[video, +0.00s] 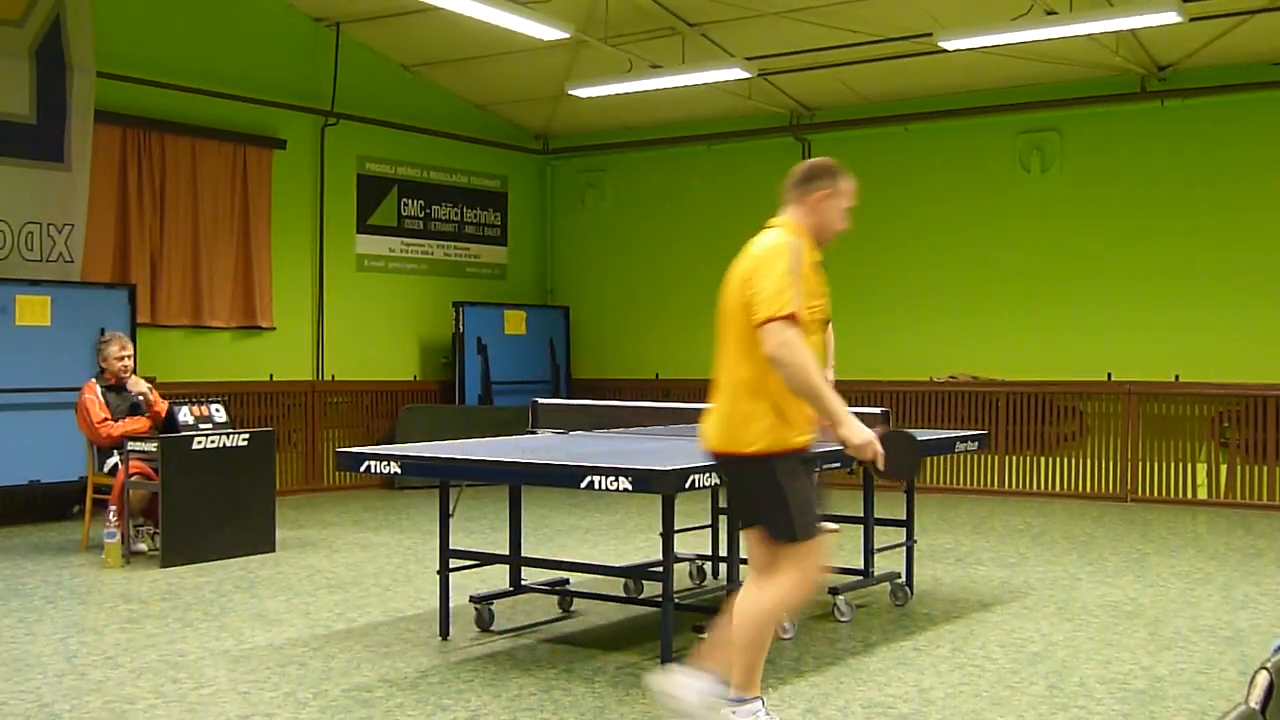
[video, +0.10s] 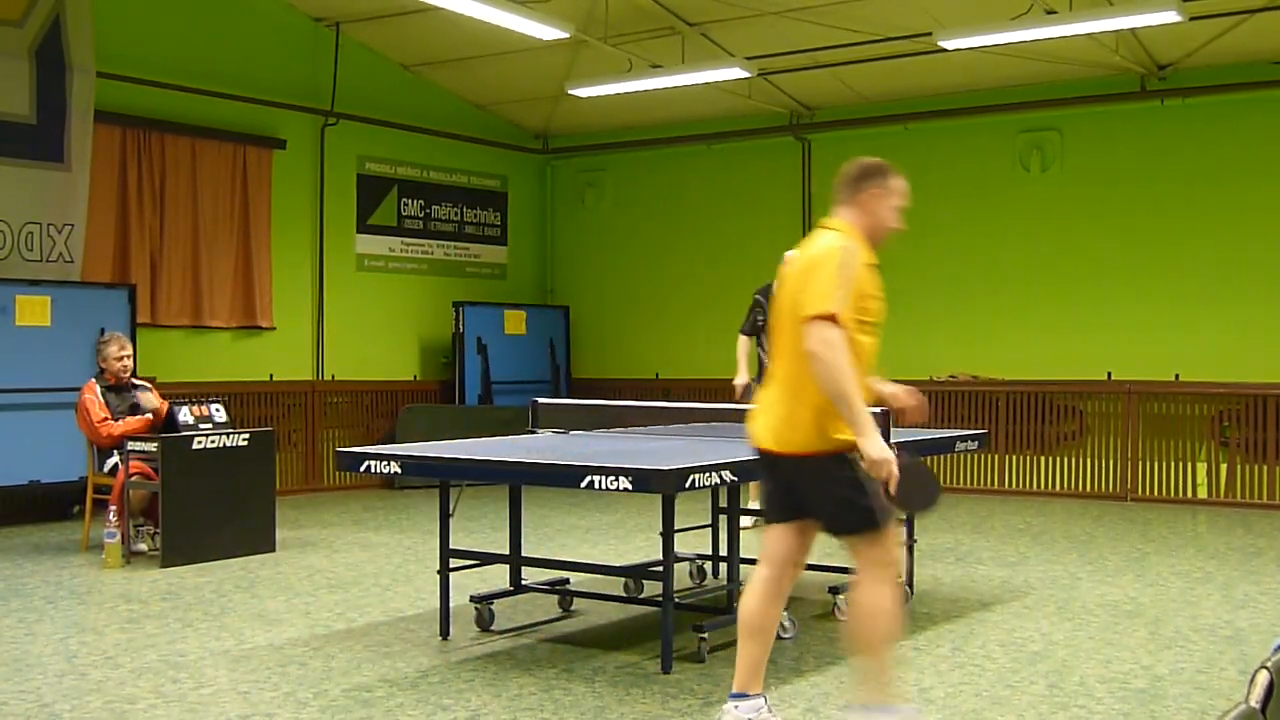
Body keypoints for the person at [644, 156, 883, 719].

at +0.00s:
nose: (847, 222)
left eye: (849, 210)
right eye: (844, 208)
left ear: (811, 198)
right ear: (815, 198)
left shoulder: (784, 250)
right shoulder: (780, 249)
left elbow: (784, 345)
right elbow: (780, 342)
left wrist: (825, 417)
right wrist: (844, 419)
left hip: (755, 436)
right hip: (762, 437)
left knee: (768, 569)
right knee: (809, 563)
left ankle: (743, 700)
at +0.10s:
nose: (900, 220)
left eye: (902, 208)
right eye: (895, 206)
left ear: (855, 200)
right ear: (865, 199)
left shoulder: (816, 250)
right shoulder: (839, 249)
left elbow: (815, 351)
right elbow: (821, 340)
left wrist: (884, 391)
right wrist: (867, 433)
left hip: (784, 436)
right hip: (819, 440)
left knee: (776, 566)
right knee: (880, 562)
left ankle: (744, 699)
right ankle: (875, 702)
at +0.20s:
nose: (942, 230)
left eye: (944, 218)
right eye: (938, 216)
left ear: (905, 208)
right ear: (907, 206)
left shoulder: (864, 256)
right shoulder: (880, 259)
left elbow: (860, 356)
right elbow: (858, 350)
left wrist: (931, 392)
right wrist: (885, 445)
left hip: (819, 445)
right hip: (855, 451)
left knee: (795, 566)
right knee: (919, 569)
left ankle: (747, 697)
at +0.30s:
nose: (1011, 238)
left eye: (1013, 226)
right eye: (1007, 224)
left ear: (968, 219)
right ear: (978, 218)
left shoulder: (923, 266)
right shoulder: (952, 271)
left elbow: (924, 363)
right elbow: (924, 361)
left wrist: (982, 405)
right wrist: (932, 463)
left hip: (882, 454)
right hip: (927, 457)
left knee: (864, 564)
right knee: (993, 565)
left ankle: (769, 681)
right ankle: (1007, 704)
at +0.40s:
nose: (1057, 239)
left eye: (1060, 227)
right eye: (1056, 225)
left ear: (1014, 215)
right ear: (1032, 217)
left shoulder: (959, 266)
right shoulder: (1000, 270)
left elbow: (946, 367)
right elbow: (974, 358)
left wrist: (1007, 413)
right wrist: (978, 462)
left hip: (930, 453)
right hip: (975, 456)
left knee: (934, 569)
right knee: (1028, 567)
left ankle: (828, 650)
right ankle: (1010, 706)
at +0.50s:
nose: (1118, 234)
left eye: (1121, 222)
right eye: (1116, 221)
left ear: (1074, 210)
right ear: (1091, 212)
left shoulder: (1015, 260)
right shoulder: (1064, 263)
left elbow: (1001, 356)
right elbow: (1047, 353)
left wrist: (1065, 413)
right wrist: (1064, 449)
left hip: (989, 441)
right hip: (1024, 446)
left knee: (1038, 554)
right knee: (1049, 569)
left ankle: (957, 643)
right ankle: (1012, 704)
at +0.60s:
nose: (1157, 237)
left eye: (1161, 225)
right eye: (1156, 224)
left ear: (1113, 213)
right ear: (1129, 214)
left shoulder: (1052, 261)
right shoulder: (1102, 260)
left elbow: (1022, 353)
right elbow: (1097, 353)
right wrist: (1133, 448)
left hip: (1036, 435)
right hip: (1056, 440)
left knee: (1113, 537)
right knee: (1056, 573)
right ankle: (1012, 705)